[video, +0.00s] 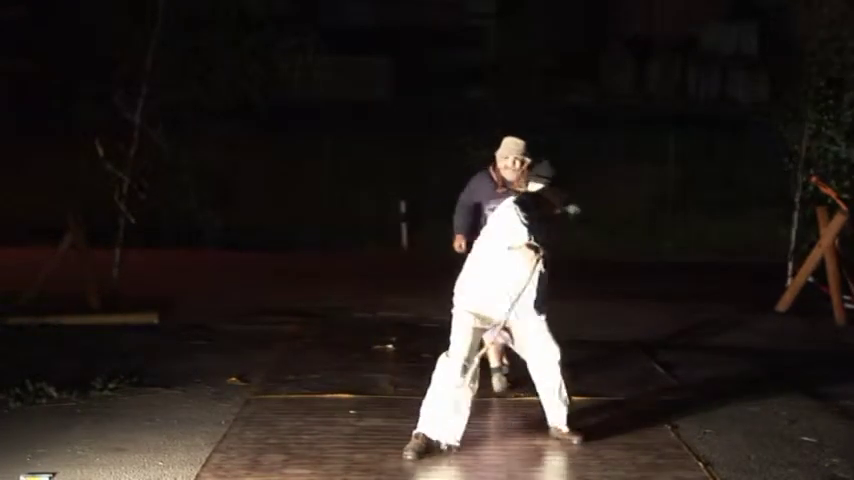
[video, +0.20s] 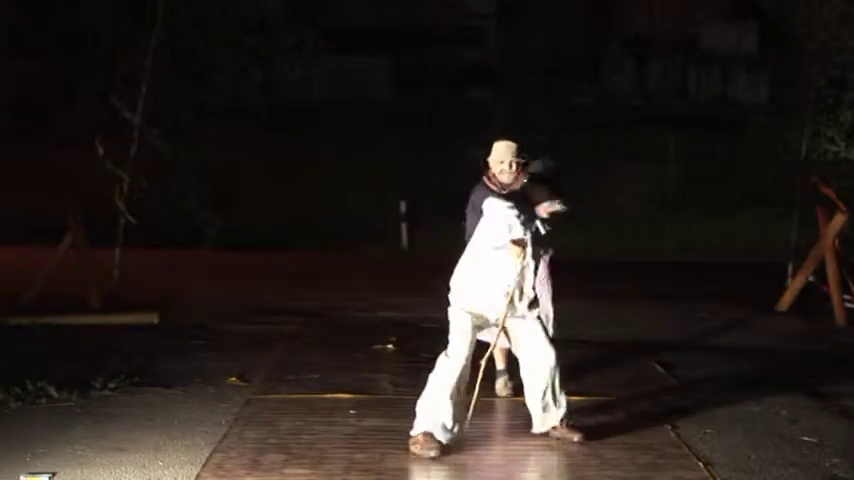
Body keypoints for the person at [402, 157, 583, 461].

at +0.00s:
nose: (555, 199)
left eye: (554, 193)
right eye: (549, 192)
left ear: (541, 187)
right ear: (537, 187)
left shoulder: (543, 222)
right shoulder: (514, 209)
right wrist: (531, 246)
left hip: (518, 308)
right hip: (475, 304)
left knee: (547, 357)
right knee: (457, 362)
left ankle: (558, 425)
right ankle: (426, 433)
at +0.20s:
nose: (516, 172)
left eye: (520, 166)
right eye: (509, 166)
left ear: (525, 176)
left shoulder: (525, 219)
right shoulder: (497, 210)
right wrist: (538, 219)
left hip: (510, 305)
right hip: (470, 301)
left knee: (542, 356)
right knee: (457, 358)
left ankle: (549, 421)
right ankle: (426, 431)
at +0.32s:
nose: (524, 196)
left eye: (528, 192)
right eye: (519, 191)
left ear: (534, 190)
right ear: (504, 186)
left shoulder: (538, 216)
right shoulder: (489, 209)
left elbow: (569, 225)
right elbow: (462, 235)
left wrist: (602, 227)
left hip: (516, 304)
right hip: (474, 299)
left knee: (553, 356)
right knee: (458, 360)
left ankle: (551, 422)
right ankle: (425, 431)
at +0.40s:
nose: (525, 217)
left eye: (530, 210)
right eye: (520, 209)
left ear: (533, 207)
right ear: (503, 202)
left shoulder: (541, 234)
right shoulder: (482, 227)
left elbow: (580, 252)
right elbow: (445, 258)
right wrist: (462, 288)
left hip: (521, 312)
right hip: (476, 309)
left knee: (558, 360)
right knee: (456, 365)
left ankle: (557, 424)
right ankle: (428, 432)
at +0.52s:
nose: (506, 200)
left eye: (507, 194)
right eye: (499, 195)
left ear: (509, 196)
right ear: (481, 199)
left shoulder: (529, 225)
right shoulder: (469, 229)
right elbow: (429, 265)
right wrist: (439, 292)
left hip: (523, 314)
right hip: (472, 313)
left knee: (557, 362)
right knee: (452, 366)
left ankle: (560, 423)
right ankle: (428, 434)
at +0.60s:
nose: (491, 194)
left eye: (491, 187)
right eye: (483, 190)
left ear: (496, 187)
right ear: (468, 195)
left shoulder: (518, 214)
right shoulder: (460, 222)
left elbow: (527, 261)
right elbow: (417, 254)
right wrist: (421, 278)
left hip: (509, 304)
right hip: (466, 306)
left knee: (549, 356)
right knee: (447, 362)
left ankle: (559, 423)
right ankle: (426, 432)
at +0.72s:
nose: (473, 174)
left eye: (467, 168)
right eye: (464, 169)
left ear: (474, 170)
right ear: (451, 175)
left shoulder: (496, 191)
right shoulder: (437, 207)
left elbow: (494, 200)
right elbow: (404, 236)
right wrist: (406, 256)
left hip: (500, 295)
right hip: (454, 298)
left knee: (532, 352)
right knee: (440, 358)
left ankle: (555, 421)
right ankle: (424, 431)